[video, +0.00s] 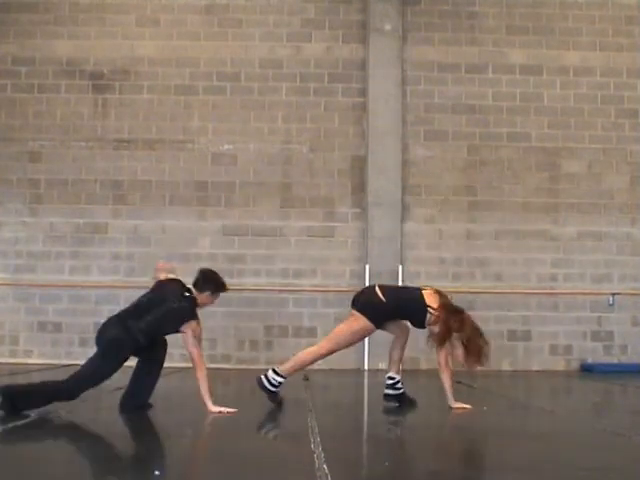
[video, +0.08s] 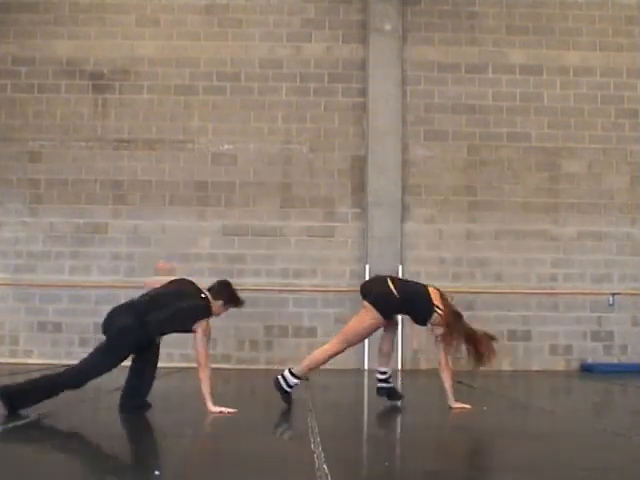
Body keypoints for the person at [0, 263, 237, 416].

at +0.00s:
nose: (214, 302)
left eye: (216, 297)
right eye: (215, 297)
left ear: (197, 284)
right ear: (206, 295)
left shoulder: (171, 282)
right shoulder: (190, 318)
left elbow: (160, 270)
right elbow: (197, 363)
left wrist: (166, 268)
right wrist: (209, 404)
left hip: (112, 327)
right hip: (120, 342)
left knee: (158, 347)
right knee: (72, 388)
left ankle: (133, 402)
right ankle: (10, 397)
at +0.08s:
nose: (224, 313)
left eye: (227, 309)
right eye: (226, 309)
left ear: (211, 291)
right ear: (219, 303)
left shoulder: (185, 284)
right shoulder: (202, 319)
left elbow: (149, 286)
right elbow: (203, 365)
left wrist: (161, 274)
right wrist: (210, 404)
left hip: (119, 316)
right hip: (133, 333)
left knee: (152, 346)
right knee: (79, 375)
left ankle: (133, 402)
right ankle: (11, 397)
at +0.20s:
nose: (223, 318)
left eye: (226, 315)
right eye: (226, 315)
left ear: (219, 291)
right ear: (225, 309)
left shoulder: (194, 279)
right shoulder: (211, 316)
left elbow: (154, 269)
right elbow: (207, 363)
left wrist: (148, 289)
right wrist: (211, 405)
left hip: (128, 299)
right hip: (141, 321)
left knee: (132, 332)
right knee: (85, 363)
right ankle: (25, 393)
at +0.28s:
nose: (227, 317)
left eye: (229, 313)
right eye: (230, 314)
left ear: (221, 290)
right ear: (229, 310)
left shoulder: (198, 280)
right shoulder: (216, 317)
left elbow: (154, 270)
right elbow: (212, 364)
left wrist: (133, 295)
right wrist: (210, 404)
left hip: (140, 299)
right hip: (151, 327)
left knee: (99, 314)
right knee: (95, 363)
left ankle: (57, 330)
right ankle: (33, 395)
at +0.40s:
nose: (232, 311)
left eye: (233, 306)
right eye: (234, 308)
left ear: (222, 286)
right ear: (231, 303)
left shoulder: (200, 278)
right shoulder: (221, 320)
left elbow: (157, 266)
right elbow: (214, 364)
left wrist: (123, 284)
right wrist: (211, 404)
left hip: (149, 307)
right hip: (156, 338)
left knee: (96, 280)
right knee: (99, 368)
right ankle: (36, 403)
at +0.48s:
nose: (218, 290)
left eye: (219, 285)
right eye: (224, 293)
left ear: (217, 279)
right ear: (228, 299)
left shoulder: (198, 277)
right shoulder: (218, 320)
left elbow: (160, 267)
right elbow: (213, 365)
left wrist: (128, 286)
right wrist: (210, 404)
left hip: (151, 317)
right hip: (159, 345)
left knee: (106, 283)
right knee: (97, 374)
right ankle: (36, 404)